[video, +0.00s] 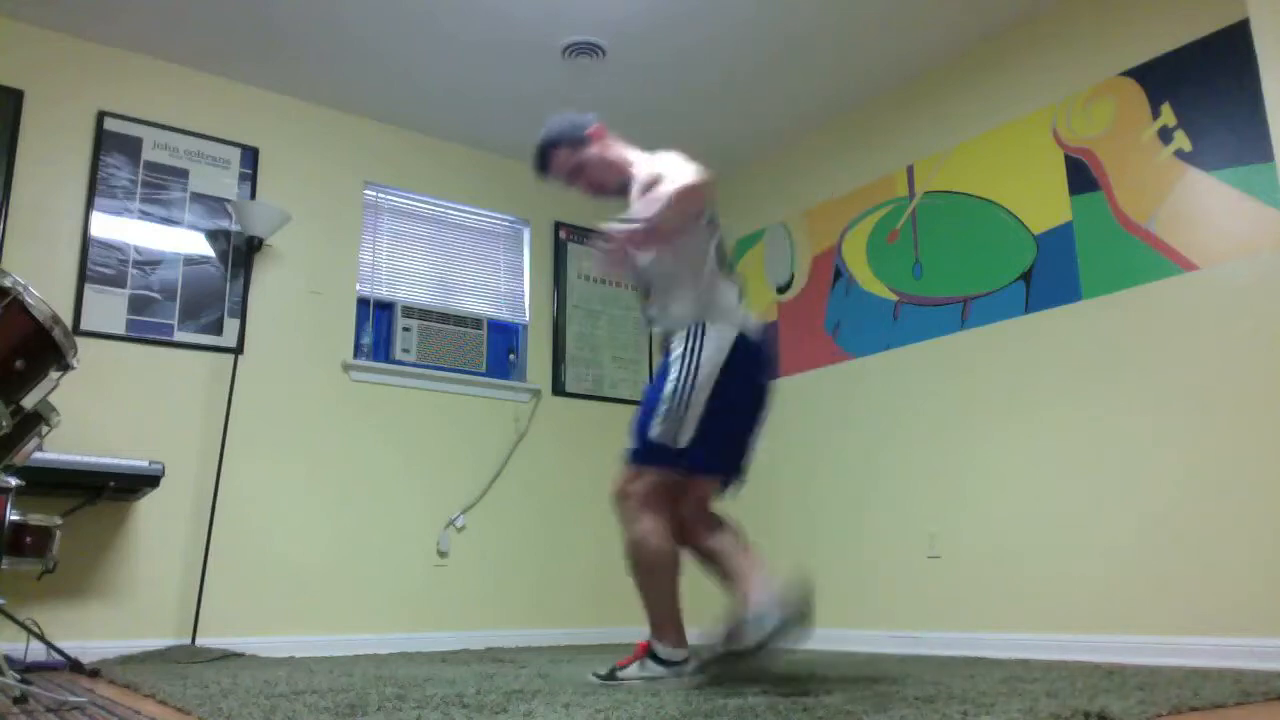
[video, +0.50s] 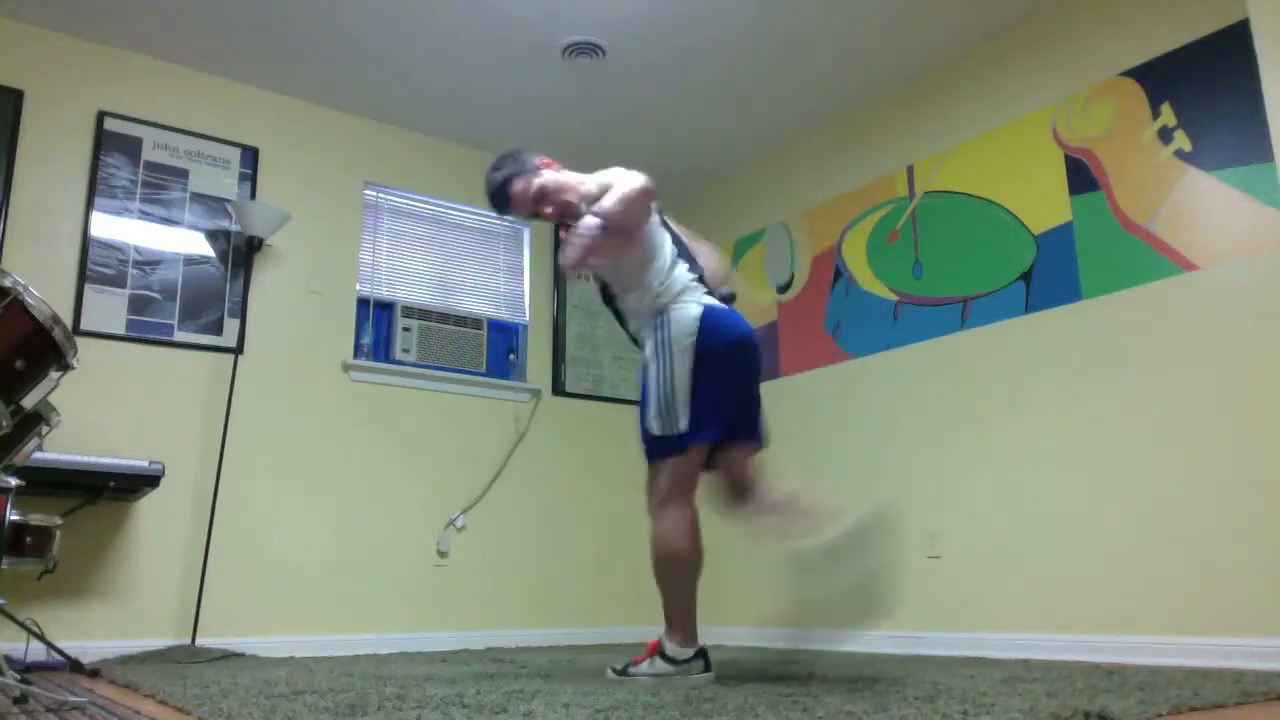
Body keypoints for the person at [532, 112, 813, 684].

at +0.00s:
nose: (582, 185)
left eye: (576, 170)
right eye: (572, 182)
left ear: (596, 137)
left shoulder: (656, 164)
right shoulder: (643, 198)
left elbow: (693, 185)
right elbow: (677, 268)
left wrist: (640, 231)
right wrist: (628, 266)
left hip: (709, 340)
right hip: (729, 344)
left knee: (640, 494)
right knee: (686, 507)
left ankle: (668, 650)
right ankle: (763, 603)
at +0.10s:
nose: (563, 188)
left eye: (559, 175)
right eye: (554, 184)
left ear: (578, 141)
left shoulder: (632, 167)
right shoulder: (631, 185)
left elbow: (667, 186)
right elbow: (715, 233)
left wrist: (609, 211)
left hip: (695, 343)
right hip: (700, 340)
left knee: (639, 490)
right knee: (675, 488)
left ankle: (670, 649)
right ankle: (745, 558)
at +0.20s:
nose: (560, 174)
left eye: (554, 160)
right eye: (550, 171)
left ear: (572, 125)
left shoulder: (625, 147)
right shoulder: (613, 182)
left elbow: (669, 159)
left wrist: (661, 195)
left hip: (677, 310)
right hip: (716, 317)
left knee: (621, 469)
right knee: (695, 481)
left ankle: (661, 618)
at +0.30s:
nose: (562, 173)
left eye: (557, 157)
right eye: (549, 172)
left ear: (574, 126)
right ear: (548, 175)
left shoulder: (621, 154)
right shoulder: (611, 191)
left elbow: (674, 159)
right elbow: (662, 247)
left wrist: (671, 193)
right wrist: (623, 273)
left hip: (665, 320)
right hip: (719, 318)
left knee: (632, 483)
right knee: (698, 487)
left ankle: (671, 633)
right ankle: (711, 376)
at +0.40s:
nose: (558, 196)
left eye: (552, 180)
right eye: (546, 197)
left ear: (568, 149)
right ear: (546, 202)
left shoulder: (621, 174)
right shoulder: (607, 223)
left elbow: (653, 181)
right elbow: (620, 318)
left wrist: (629, 214)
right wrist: (612, 278)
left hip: (682, 338)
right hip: (726, 346)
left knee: (654, 504)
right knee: (699, 503)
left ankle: (679, 648)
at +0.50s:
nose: (547, 210)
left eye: (540, 196)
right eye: (535, 213)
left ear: (549, 164)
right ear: (531, 215)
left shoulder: (601, 183)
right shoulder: (608, 212)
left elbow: (639, 191)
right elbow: (705, 258)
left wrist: (593, 227)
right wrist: (723, 289)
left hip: (685, 335)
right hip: (723, 332)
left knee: (670, 498)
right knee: (740, 489)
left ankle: (680, 648)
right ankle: (840, 525)